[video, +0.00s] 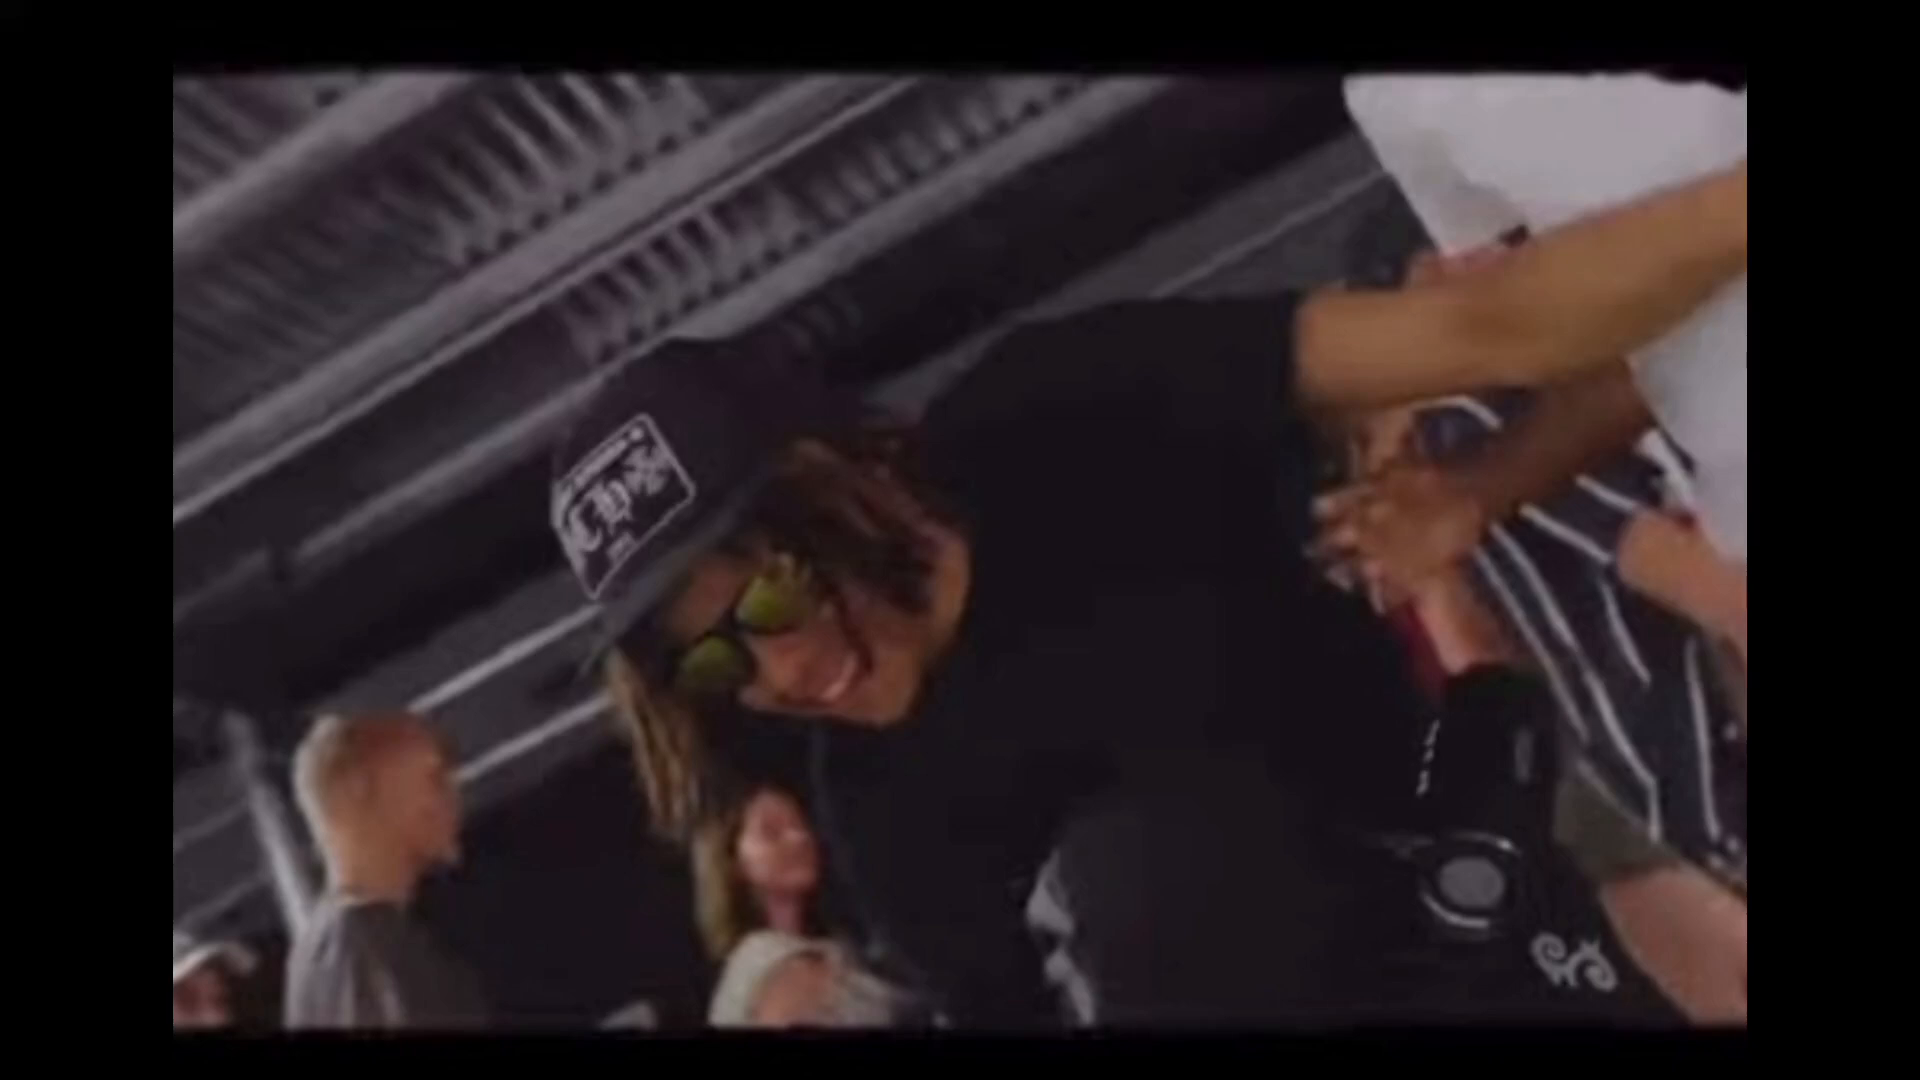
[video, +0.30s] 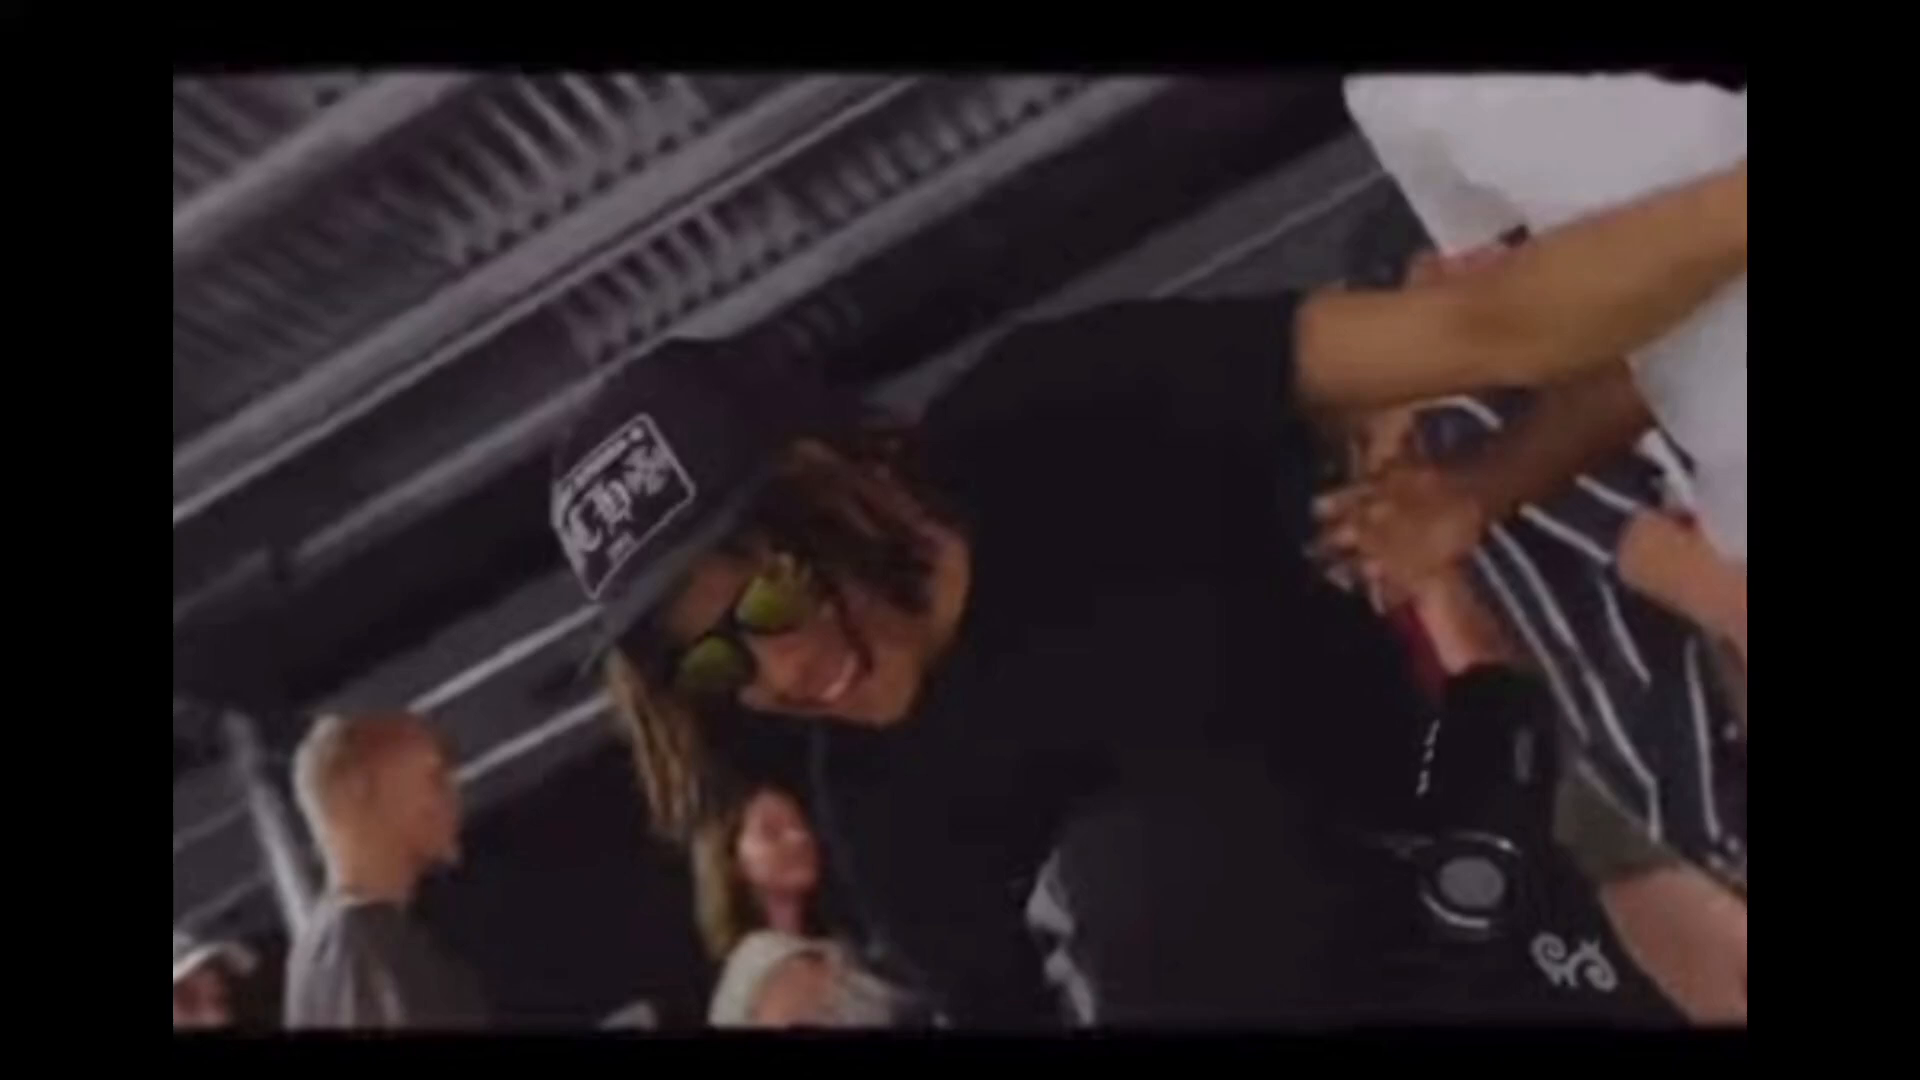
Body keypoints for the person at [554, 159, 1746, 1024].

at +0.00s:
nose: (767, 656)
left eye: (760, 582)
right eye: (708, 654)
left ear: (833, 476)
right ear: (686, 686)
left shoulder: (1051, 404)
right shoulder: (888, 847)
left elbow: (1471, 328)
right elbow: (1034, 1025)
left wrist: (1740, 208)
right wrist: (838, 995)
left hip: (1483, 841)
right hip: (1257, 975)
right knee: (1136, 864)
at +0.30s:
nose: (767, 656)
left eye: (760, 582)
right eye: (708, 654)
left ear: (833, 476)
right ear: (686, 686)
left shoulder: (1051, 404)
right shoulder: (888, 847)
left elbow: (1471, 328)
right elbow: (1034, 1025)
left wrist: (1740, 208)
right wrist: (838, 995)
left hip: (1483, 841)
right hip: (1257, 975)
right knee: (1136, 864)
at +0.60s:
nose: (768, 656)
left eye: (761, 582)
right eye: (708, 654)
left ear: (835, 476)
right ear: (687, 685)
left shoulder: (1052, 404)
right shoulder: (886, 847)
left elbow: (1472, 328)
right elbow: (1031, 1024)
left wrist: (1740, 208)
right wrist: (837, 995)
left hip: (1477, 844)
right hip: (1240, 973)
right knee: (1136, 862)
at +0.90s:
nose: (768, 656)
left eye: (761, 582)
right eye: (708, 654)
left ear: (835, 476)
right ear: (687, 685)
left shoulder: (1052, 404)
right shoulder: (886, 847)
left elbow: (1472, 328)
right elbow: (1031, 1024)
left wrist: (1740, 208)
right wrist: (837, 995)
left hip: (1477, 844)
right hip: (1240, 973)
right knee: (1136, 862)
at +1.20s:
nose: (767, 656)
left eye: (760, 582)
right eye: (708, 654)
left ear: (833, 476)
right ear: (686, 686)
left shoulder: (1051, 404)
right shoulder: (888, 847)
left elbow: (1471, 328)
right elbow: (1034, 1025)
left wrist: (1740, 208)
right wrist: (838, 995)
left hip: (1483, 841)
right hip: (1256, 975)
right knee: (1136, 864)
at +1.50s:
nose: (768, 656)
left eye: (761, 582)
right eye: (708, 654)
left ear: (835, 476)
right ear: (687, 685)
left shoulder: (1052, 404)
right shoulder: (886, 847)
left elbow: (1472, 328)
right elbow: (1031, 1024)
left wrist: (1740, 208)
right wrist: (837, 995)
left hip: (1477, 844)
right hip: (1240, 973)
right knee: (1136, 862)